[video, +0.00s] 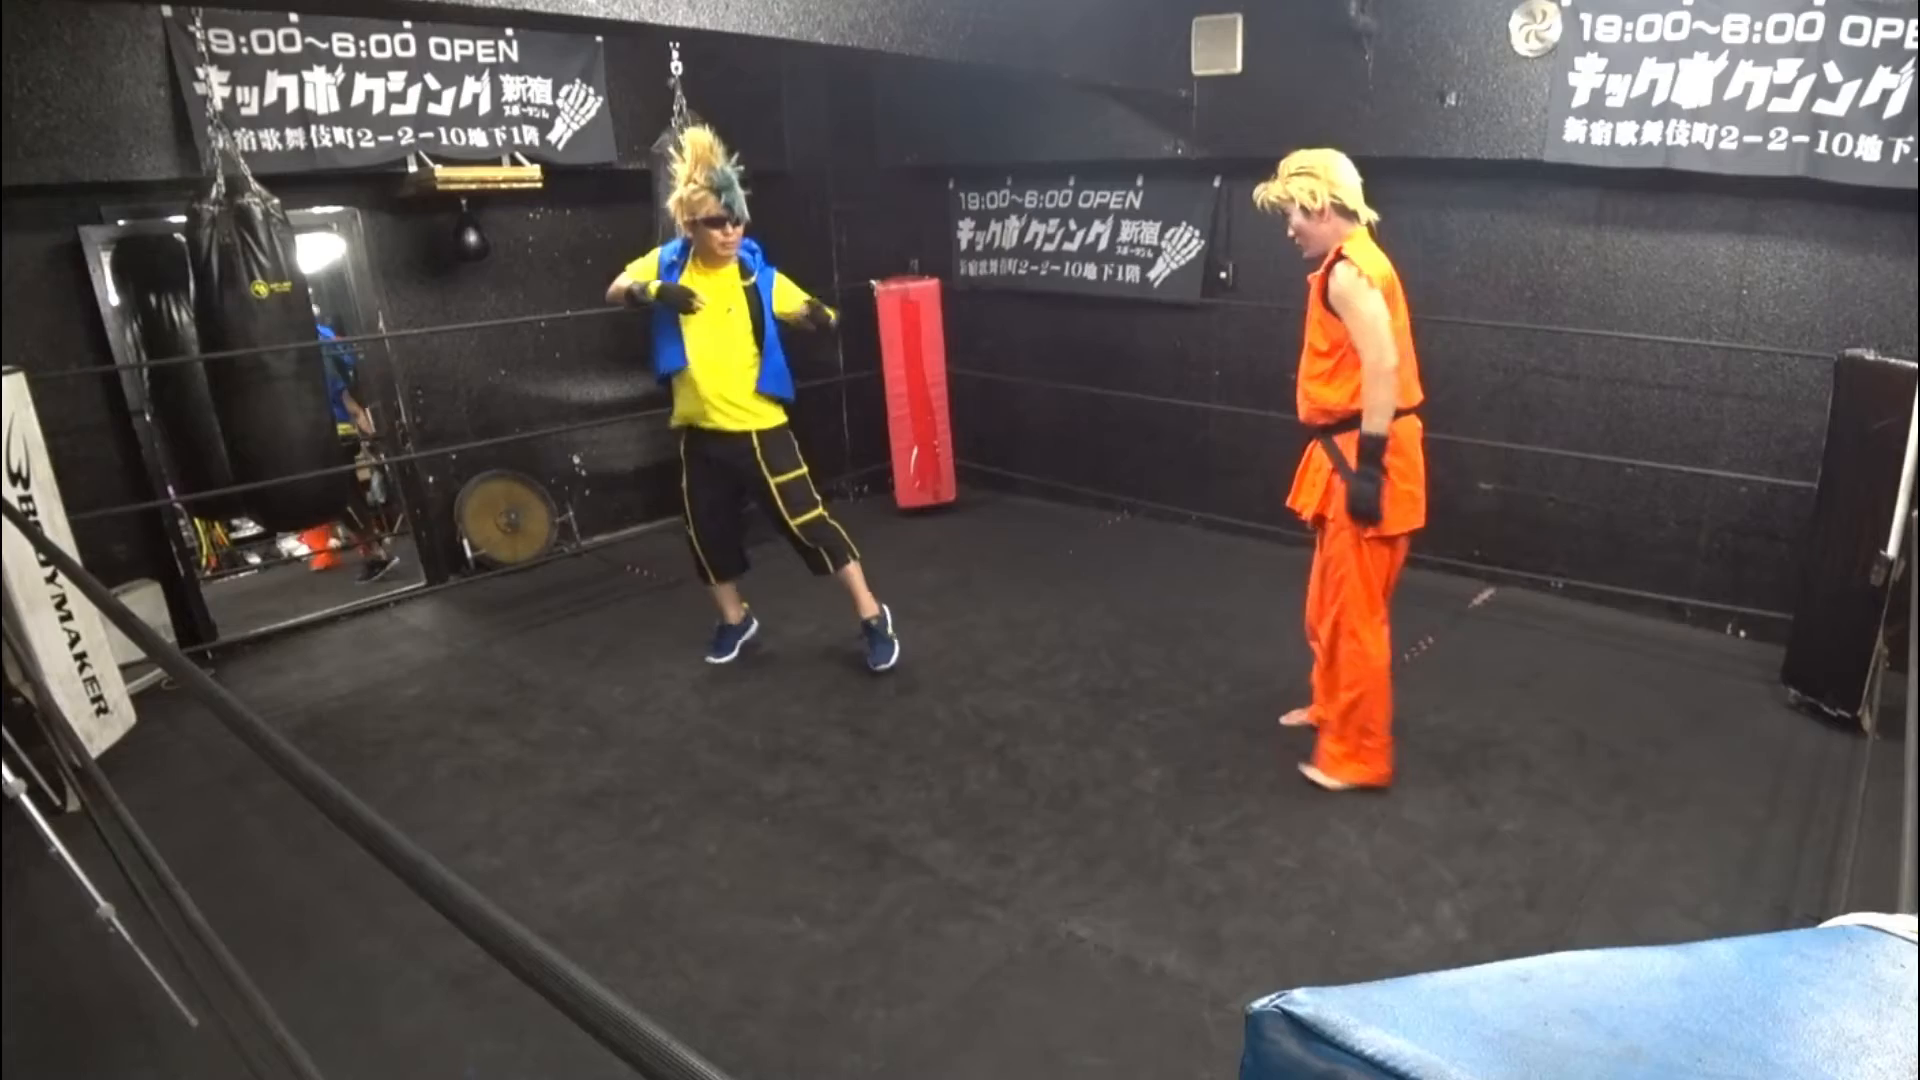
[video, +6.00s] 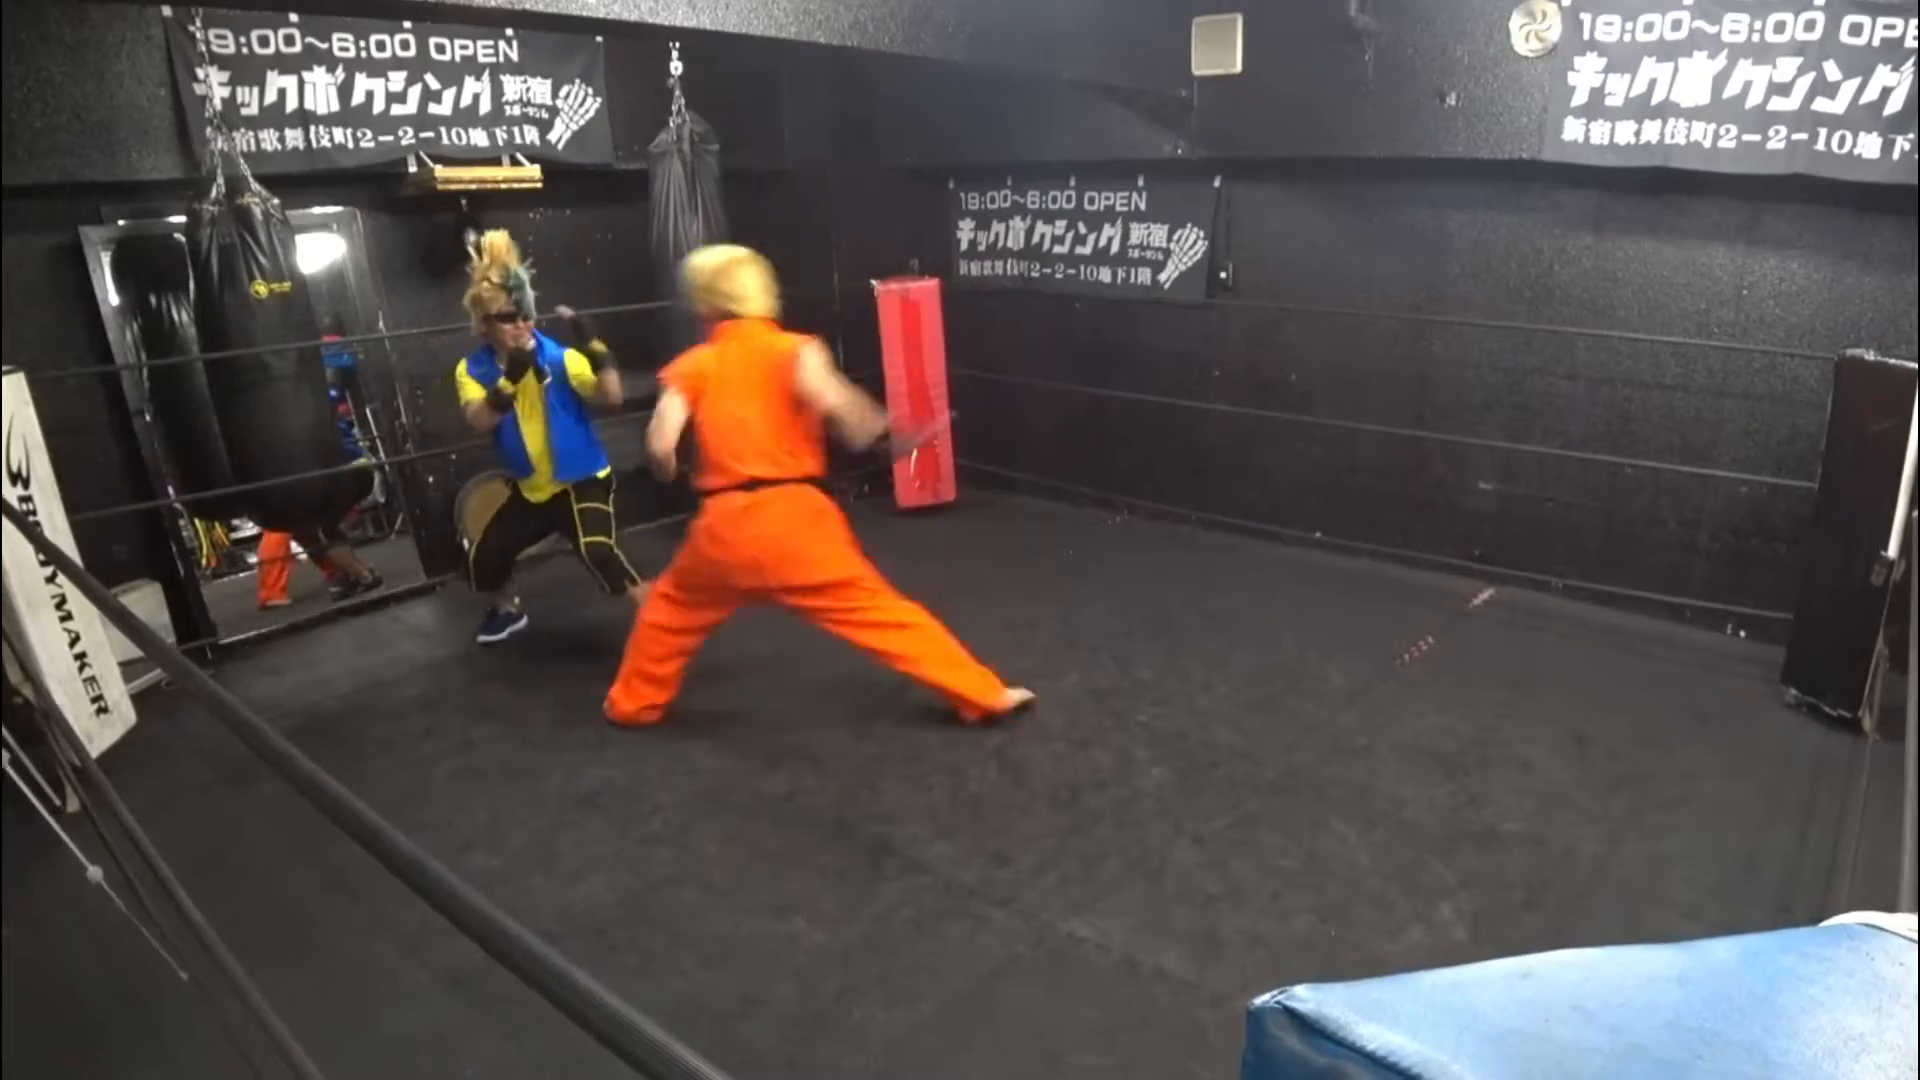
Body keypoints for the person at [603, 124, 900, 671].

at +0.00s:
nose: (729, 234)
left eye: (735, 223)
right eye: (716, 225)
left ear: (744, 222)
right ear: (689, 226)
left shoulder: (755, 271)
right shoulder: (666, 262)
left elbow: (807, 312)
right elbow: (616, 290)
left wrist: (820, 319)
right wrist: (657, 291)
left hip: (761, 420)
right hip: (700, 424)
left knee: (806, 520)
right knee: (705, 533)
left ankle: (871, 613)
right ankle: (735, 619)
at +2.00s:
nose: (740, 294)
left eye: (745, 282)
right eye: (727, 285)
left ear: (754, 284)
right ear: (697, 291)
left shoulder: (777, 340)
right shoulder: (679, 344)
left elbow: (811, 411)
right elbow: (695, 407)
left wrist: (780, 392)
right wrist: (737, 377)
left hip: (787, 483)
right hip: (723, 489)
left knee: (828, 566)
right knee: (687, 570)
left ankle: (894, 635)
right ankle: (697, 632)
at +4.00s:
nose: (669, 250)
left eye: (672, 239)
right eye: (656, 242)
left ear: (680, 239)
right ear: (630, 246)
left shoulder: (701, 290)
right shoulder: (607, 293)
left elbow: (729, 346)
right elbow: (612, 348)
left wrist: (738, 374)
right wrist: (647, 353)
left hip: (711, 428)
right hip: (651, 436)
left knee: (743, 523)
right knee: (646, 534)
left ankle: (772, 610)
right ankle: (663, 627)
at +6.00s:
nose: (520, 326)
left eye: (525, 316)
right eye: (508, 319)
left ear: (533, 317)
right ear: (485, 325)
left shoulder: (558, 356)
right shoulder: (473, 370)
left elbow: (610, 399)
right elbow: (480, 422)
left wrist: (597, 350)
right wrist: (511, 380)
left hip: (583, 482)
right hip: (532, 491)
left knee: (597, 552)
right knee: (484, 562)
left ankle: (657, 616)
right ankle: (509, 609)